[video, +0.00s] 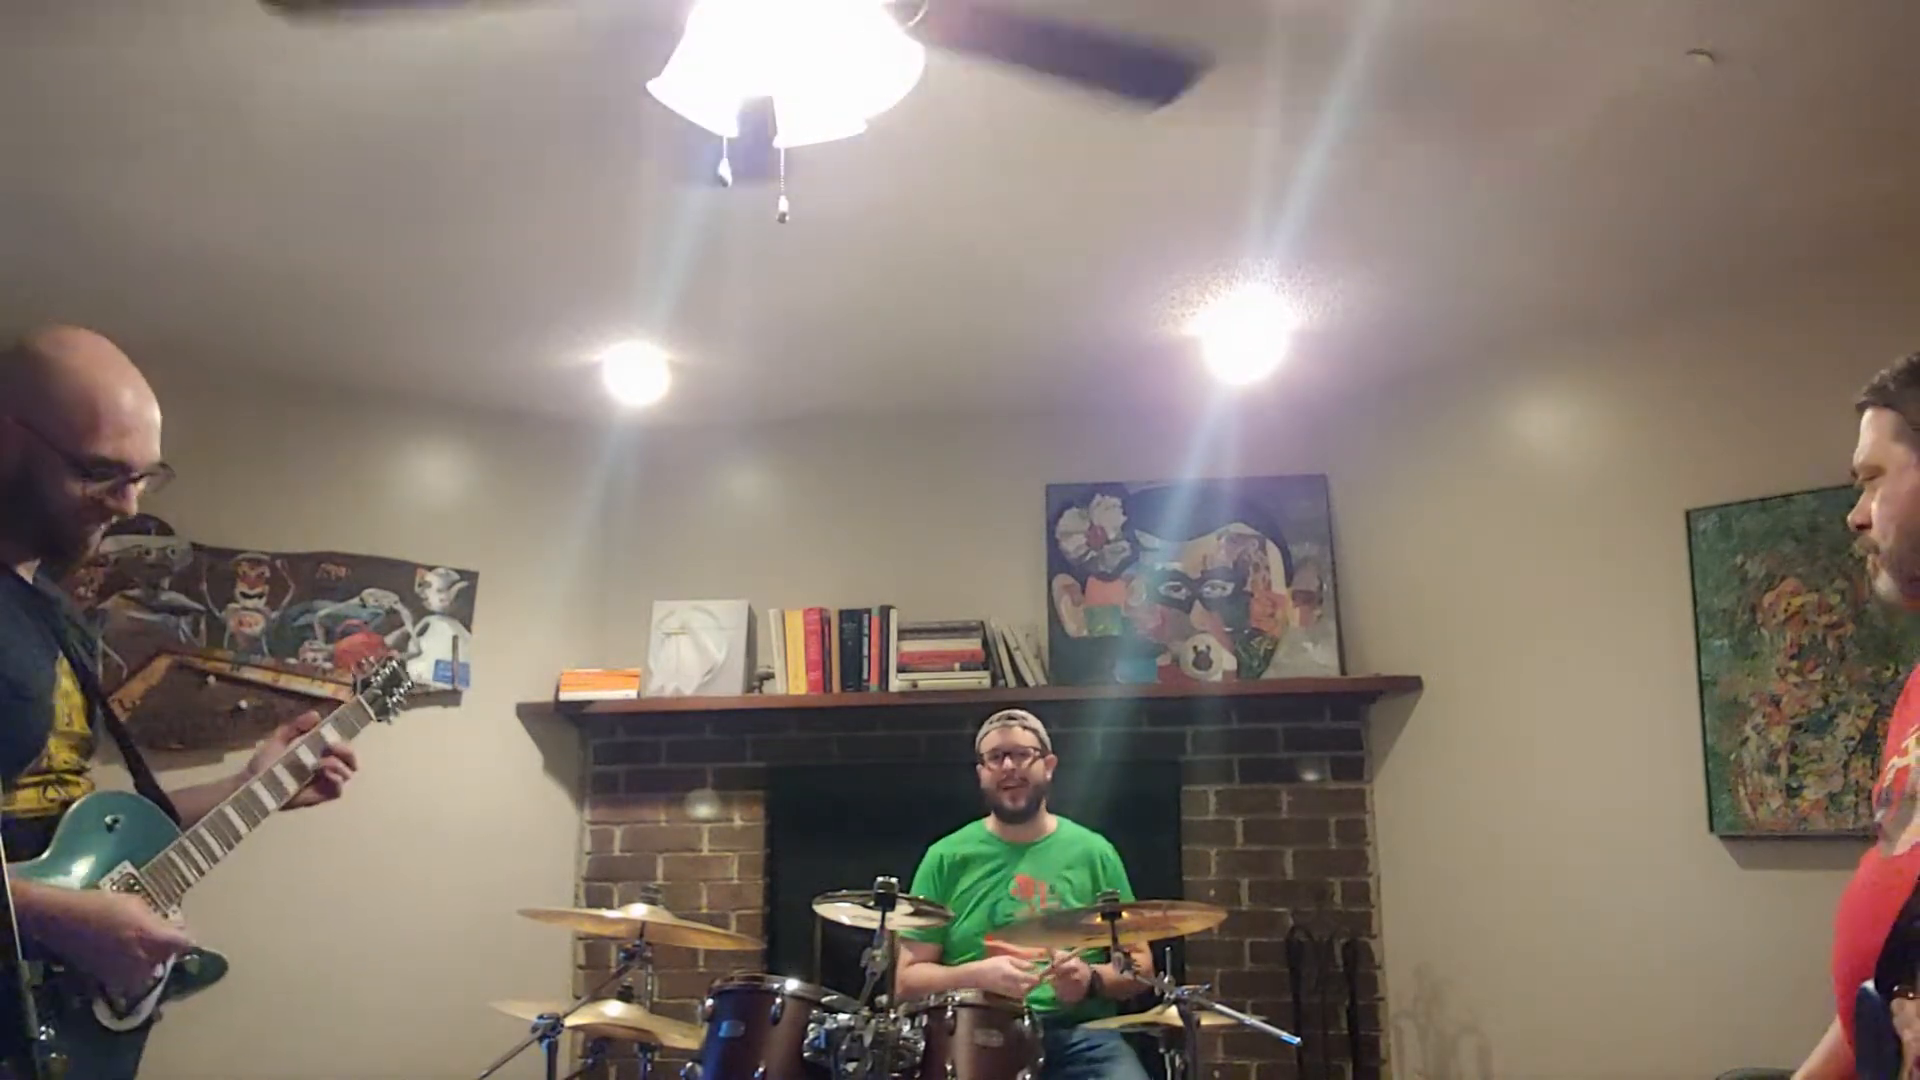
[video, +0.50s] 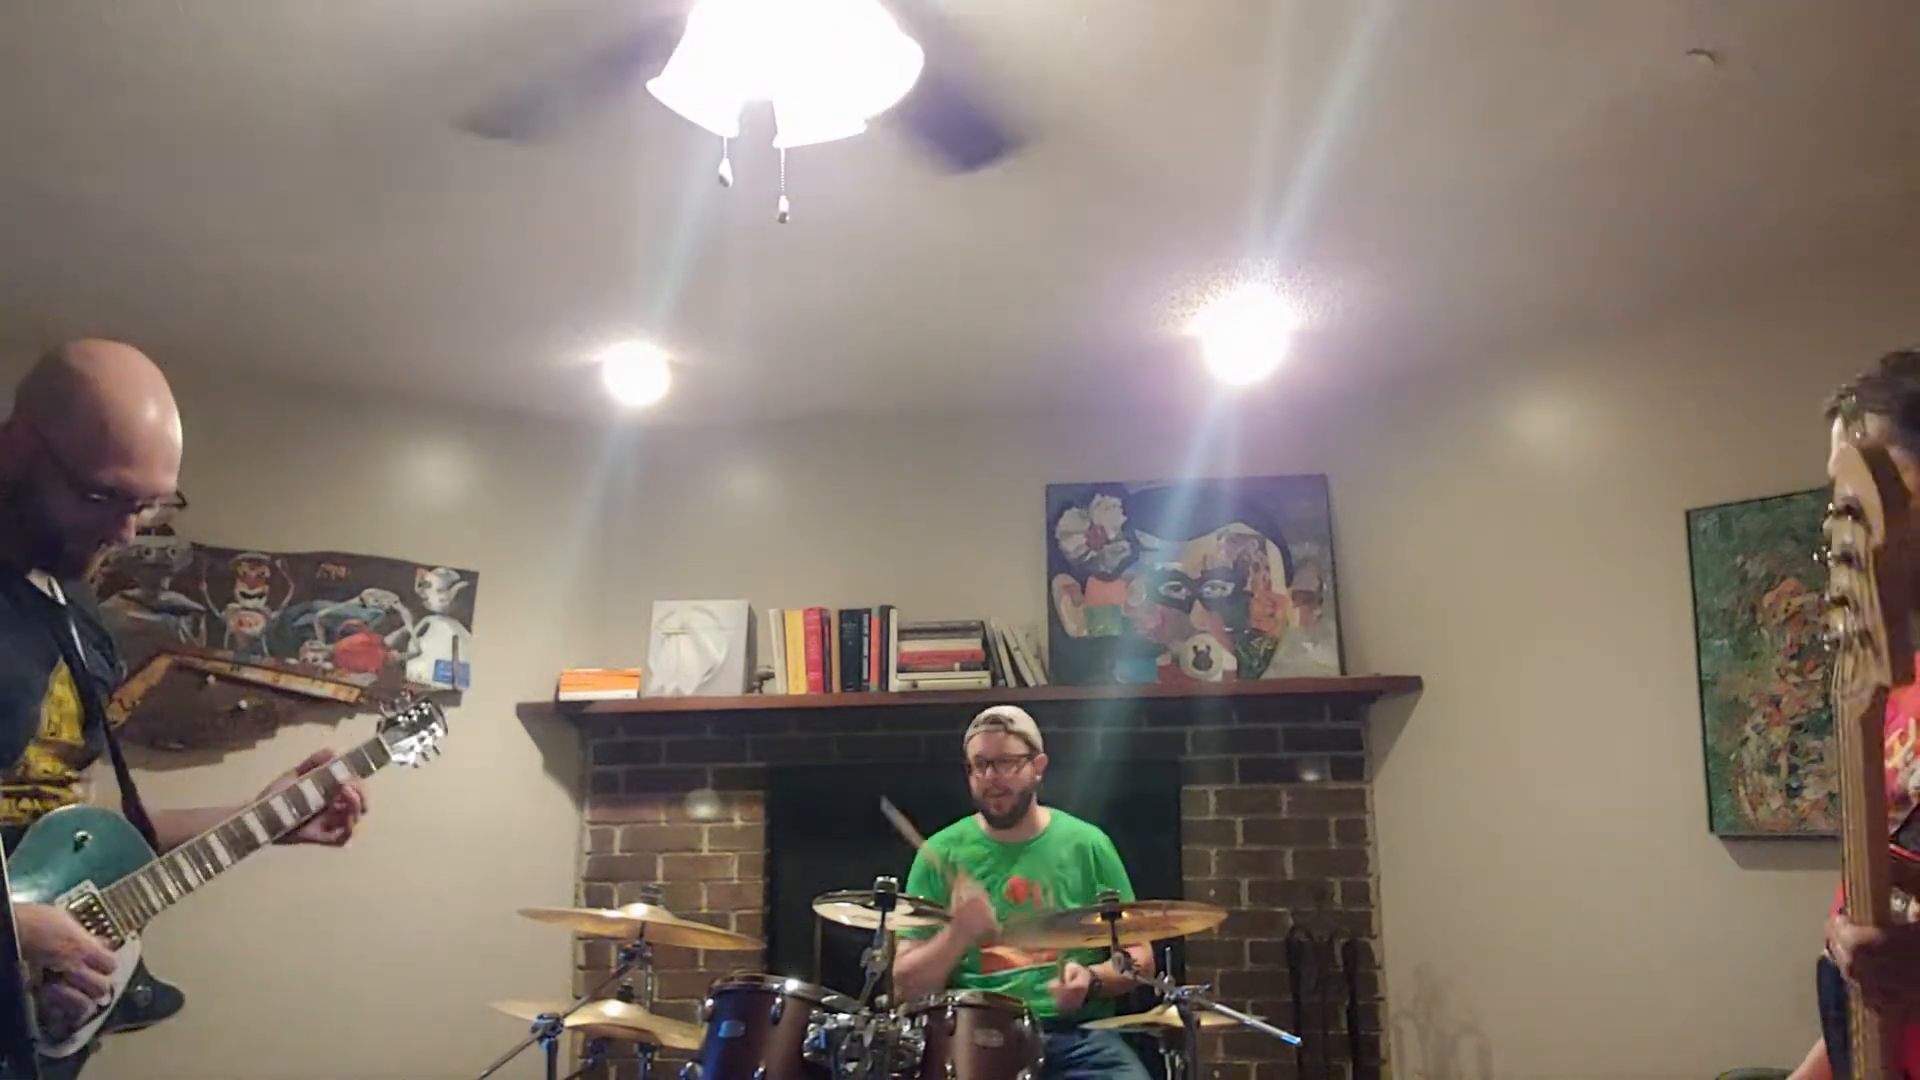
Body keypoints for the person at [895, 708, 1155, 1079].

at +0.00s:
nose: (1009, 767)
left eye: (1021, 755)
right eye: (996, 758)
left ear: (1049, 765)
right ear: (980, 772)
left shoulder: (1093, 852)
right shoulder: (946, 858)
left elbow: (1140, 968)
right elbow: (906, 977)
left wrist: (1092, 977)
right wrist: (979, 974)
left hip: (1079, 1029)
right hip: (977, 1033)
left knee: (1127, 1073)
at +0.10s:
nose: (1008, 768)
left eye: (1020, 755)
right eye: (995, 758)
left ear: (1048, 765)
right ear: (979, 773)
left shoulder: (1093, 852)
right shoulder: (945, 858)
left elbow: (1140, 969)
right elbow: (906, 977)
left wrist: (1092, 977)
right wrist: (977, 974)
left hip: (1080, 1029)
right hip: (977, 1033)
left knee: (1127, 1073)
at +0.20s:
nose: (1006, 769)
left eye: (1019, 755)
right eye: (994, 758)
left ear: (1046, 764)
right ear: (978, 771)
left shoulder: (1091, 850)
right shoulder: (944, 858)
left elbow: (1140, 967)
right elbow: (906, 977)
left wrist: (1091, 977)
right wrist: (973, 975)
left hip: (1080, 1029)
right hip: (977, 1033)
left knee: (1128, 1074)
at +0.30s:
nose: (1004, 771)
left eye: (1017, 757)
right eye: (991, 759)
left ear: (1045, 765)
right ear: (975, 771)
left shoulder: (1091, 849)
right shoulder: (942, 858)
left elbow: (1140, 967)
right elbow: (906, 976)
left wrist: (1091, 977)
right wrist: (970, 977)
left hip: (1079, 1030)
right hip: (976, 1033)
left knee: (1128, 1074)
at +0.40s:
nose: (999, 773)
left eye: (1012, 760)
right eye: (987, 761)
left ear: (1043, 766)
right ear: (973, 770)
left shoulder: (1089, 847)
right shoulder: (941, 857)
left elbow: (1139, 960)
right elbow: (904, 975)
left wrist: (1092, 977)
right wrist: (963, 973)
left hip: (1078, 1031)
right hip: (975, 1034)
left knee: (1130, 1074)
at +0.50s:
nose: (993, 778)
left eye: (1008, 764)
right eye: (981, 765)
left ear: (1038, 767)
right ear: (967, 771)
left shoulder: (1088, 845)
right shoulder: (939, 854)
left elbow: (1140, 958)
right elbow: (904, 984)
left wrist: (1093, 976)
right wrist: (957, 933)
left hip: (1074, 1029)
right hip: (972, 1031)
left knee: (1130, 1074)